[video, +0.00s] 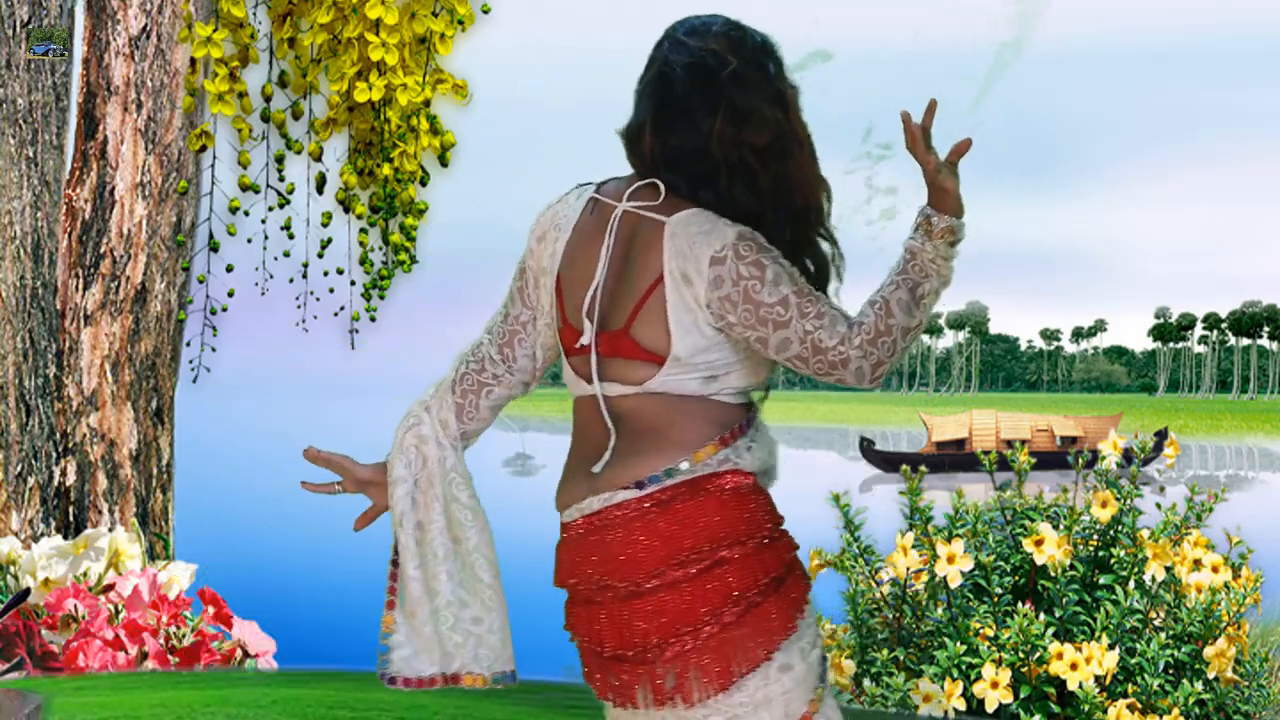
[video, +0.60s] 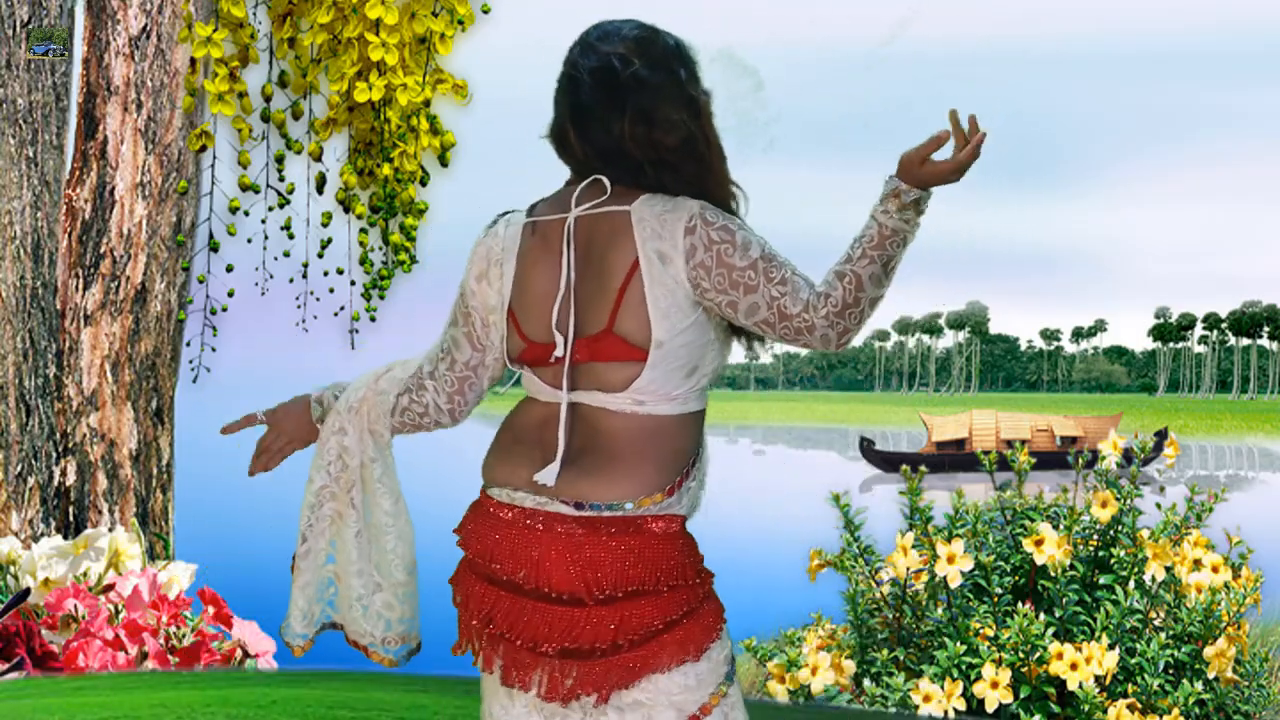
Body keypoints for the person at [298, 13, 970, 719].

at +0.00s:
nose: (789, 132)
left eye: (782, 107)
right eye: (777, 110)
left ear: (651, 117)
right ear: (749, 126)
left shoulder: (565, 224)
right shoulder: (721, 247)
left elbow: (499, 363)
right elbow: (861, 357)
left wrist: (408, 463)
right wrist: (941, 228)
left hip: (589, 533)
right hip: (706, 521)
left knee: (643, 706)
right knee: (770, 703)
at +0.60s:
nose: (704, 120)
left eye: (697, 100)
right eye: (695, 101)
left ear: (571, 121)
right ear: (671, 117)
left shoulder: (505, 241)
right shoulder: (687, 233)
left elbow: (442, 392)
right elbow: (828, 321)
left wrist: (320, 412)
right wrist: (906, 194)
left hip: (505, 526)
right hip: (632, 538)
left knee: (522, 701)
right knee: (673, 700)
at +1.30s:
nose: (739, 127)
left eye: (732, 106)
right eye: (730, 109)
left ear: (601, 127)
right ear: (713, 120)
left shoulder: (536, 250)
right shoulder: (731, 229)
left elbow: (480, 405)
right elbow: (876, 306)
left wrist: (341, 387)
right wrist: (932, 169)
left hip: (602, 536)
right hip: (739, 514)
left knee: (607, 701)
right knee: (758, 701)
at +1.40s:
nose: (750, 125)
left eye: (744, 103)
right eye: (742, 106)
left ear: (612, 121)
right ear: (723, 116)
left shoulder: (545, 245)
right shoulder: (739, 227)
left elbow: (489, 402)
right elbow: (887, 294)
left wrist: (362, 418)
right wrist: (945, 154)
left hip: (608, 520)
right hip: (746, 505)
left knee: (618, 700)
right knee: (765, 701)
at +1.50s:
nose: (758, 127)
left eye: (751, 105)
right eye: (749, 108)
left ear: (618, 123)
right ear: (729, 120)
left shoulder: (550, 246)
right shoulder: (739, 234)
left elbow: (492, 394)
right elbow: (892, 291)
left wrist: (370, 447)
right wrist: (949, 147)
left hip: (614, 524)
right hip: (750, 505)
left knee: (625, 698)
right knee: (778, 701)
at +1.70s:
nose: (781, 130)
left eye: (773, 108)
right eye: (769, 111)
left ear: (643, 126)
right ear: (747, 129)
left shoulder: (564, 246)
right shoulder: (740, 248)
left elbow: (498, 389)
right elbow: (902, 291)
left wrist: (402, 484)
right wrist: (952, 144)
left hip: (621, 529)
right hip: (740, 503)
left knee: (668, 702)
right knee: (800, 699)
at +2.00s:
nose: (756, 138)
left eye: (747, 113)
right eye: (744, 117)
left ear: (615, 137)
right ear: (723, 136)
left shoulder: (552, 256)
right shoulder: (718, 249)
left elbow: (479, 390)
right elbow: (880, 272)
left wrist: (374, 464)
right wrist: (937, 126)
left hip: (530, 562)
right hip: (654, 587)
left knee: (551, 695)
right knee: (771, 704)